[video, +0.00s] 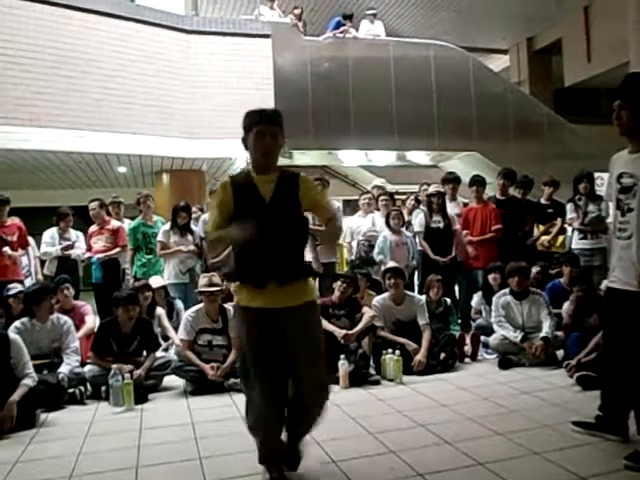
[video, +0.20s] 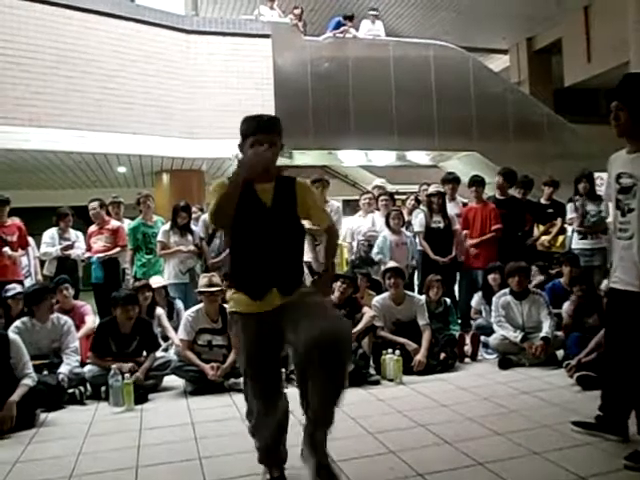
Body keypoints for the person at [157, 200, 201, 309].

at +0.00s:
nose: (182, 220)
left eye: (185, 218)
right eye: (180, 217)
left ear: (189, 218)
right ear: (175, 216)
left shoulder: (193, 231)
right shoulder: (166, 230)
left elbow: (200, 250)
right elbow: (160, 252)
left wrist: (193, 249)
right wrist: (178, 249)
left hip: (191, 274)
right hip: (174, 274)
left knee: (192, 308)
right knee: (180, 309)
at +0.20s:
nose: (182, 220)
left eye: (185, 218)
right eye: (180, 217)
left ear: (189, 218)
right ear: (175, 216)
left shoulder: (192, 231)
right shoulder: (166, 230)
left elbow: (201, 250)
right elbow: (160, 252)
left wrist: (193, 249)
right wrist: (178, 249)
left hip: (191, 273)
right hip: (174, 274)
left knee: (193, 308)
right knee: (179, 309)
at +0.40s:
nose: (182, 220)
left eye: (185, 218)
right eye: (180, 217)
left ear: (189, 218)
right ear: (175, 216)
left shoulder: (192, 231)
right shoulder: (166, 230)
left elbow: (200, 250)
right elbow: (160, 252)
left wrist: (193, 249)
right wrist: (178, 249)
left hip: (191, 274)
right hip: (174, 274)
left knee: (192, 309)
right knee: (180, 309)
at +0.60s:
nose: (182, 219)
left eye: (185, 216)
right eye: (180, 216)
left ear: (189, 217)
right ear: (175, 215)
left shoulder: (193, 231)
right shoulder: (166, 230)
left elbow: (201, 251)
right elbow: (160, 252)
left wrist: (193, 250)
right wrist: (178, 249)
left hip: (191, 274)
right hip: (174, 274)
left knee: (193, 309)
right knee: (179, 309)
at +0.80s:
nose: (182, 214)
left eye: (185, 211)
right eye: (180, 211)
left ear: (189, 214)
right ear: (175, 212)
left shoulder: (192, 231)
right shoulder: (166, 230)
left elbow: (199, 250)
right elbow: (159, 251)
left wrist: (193, 249)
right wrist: (178, 249)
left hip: (191, 274)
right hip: (174, 274)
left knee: (192, 309)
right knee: (179, 309)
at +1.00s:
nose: (182, 211)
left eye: (184, 208)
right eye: (179, 208)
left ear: (188, 211)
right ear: (174, 211)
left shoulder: (192, 230)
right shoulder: (166, 229)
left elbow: (200, 250)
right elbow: (159, 251)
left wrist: (192, 249)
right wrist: (179, 249)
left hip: (191, 274)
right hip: (173, 274)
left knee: (191, 309)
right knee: (178, 310)